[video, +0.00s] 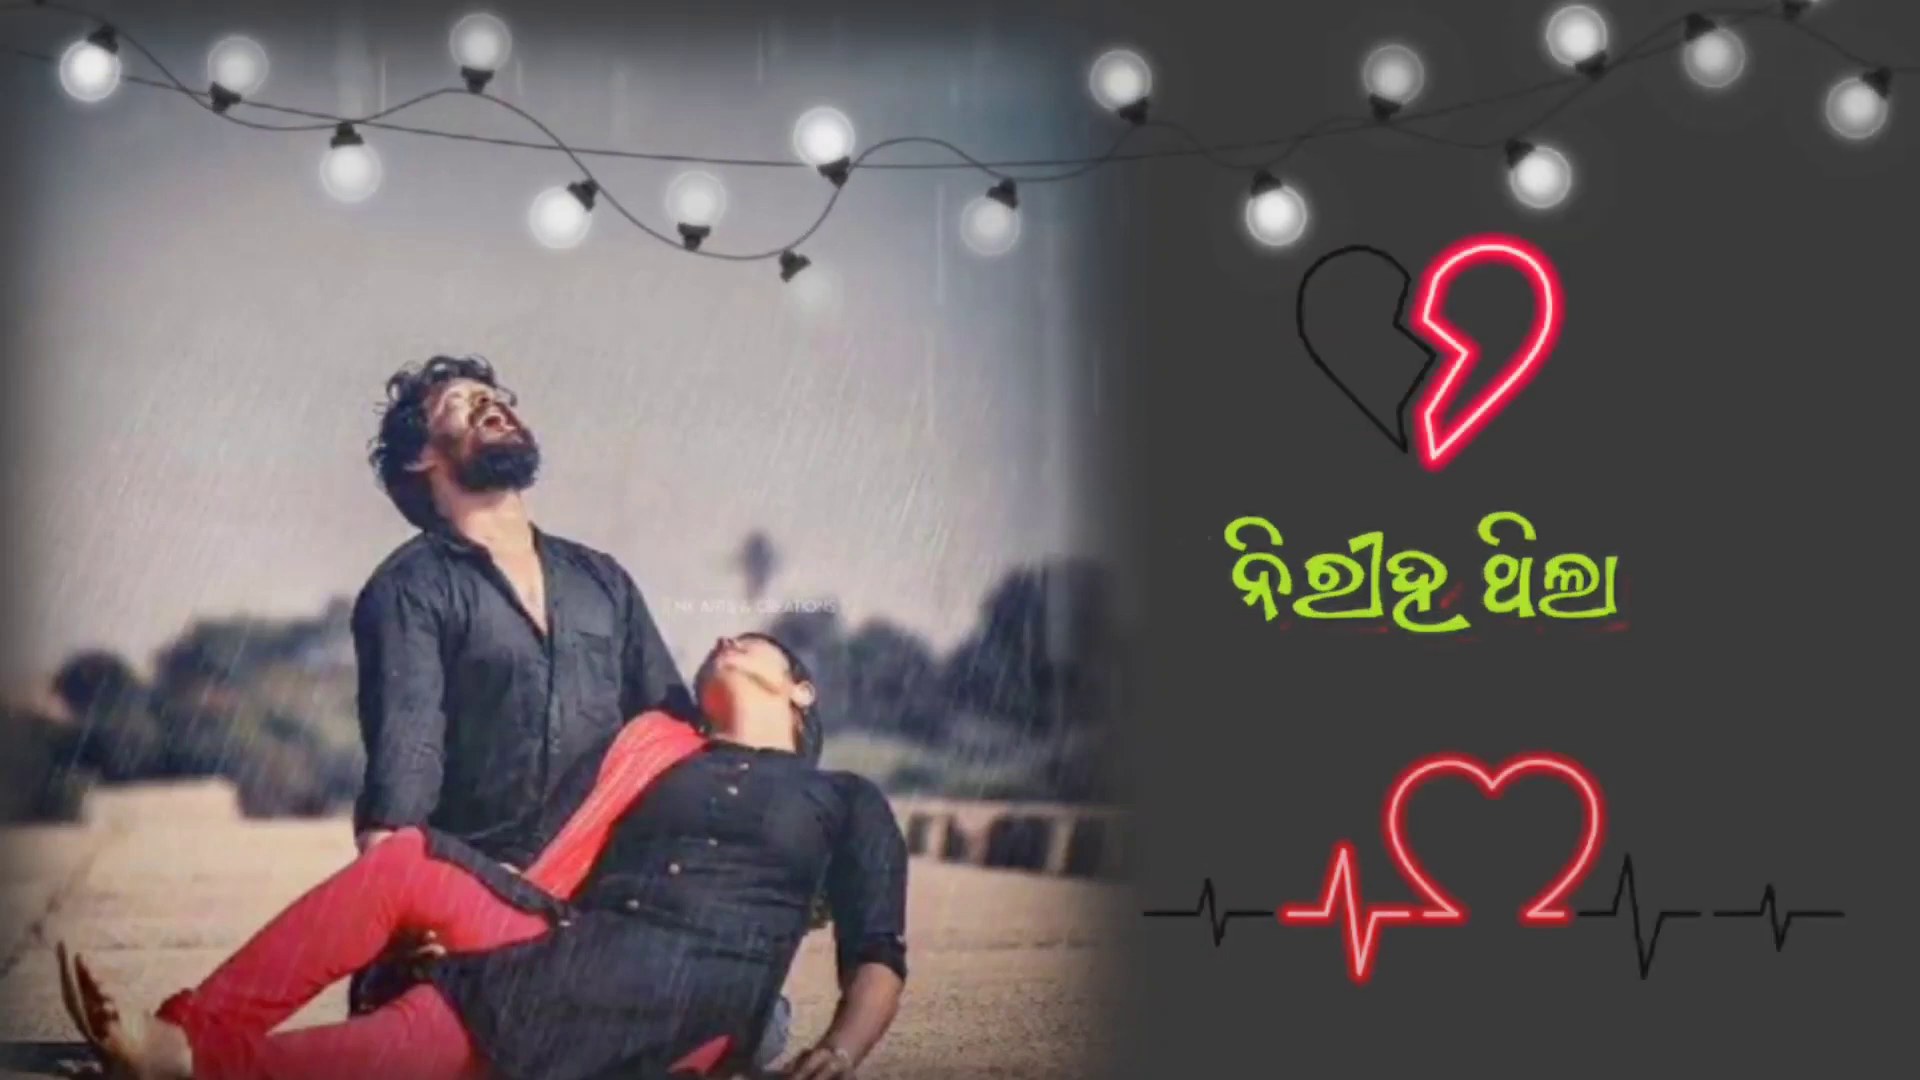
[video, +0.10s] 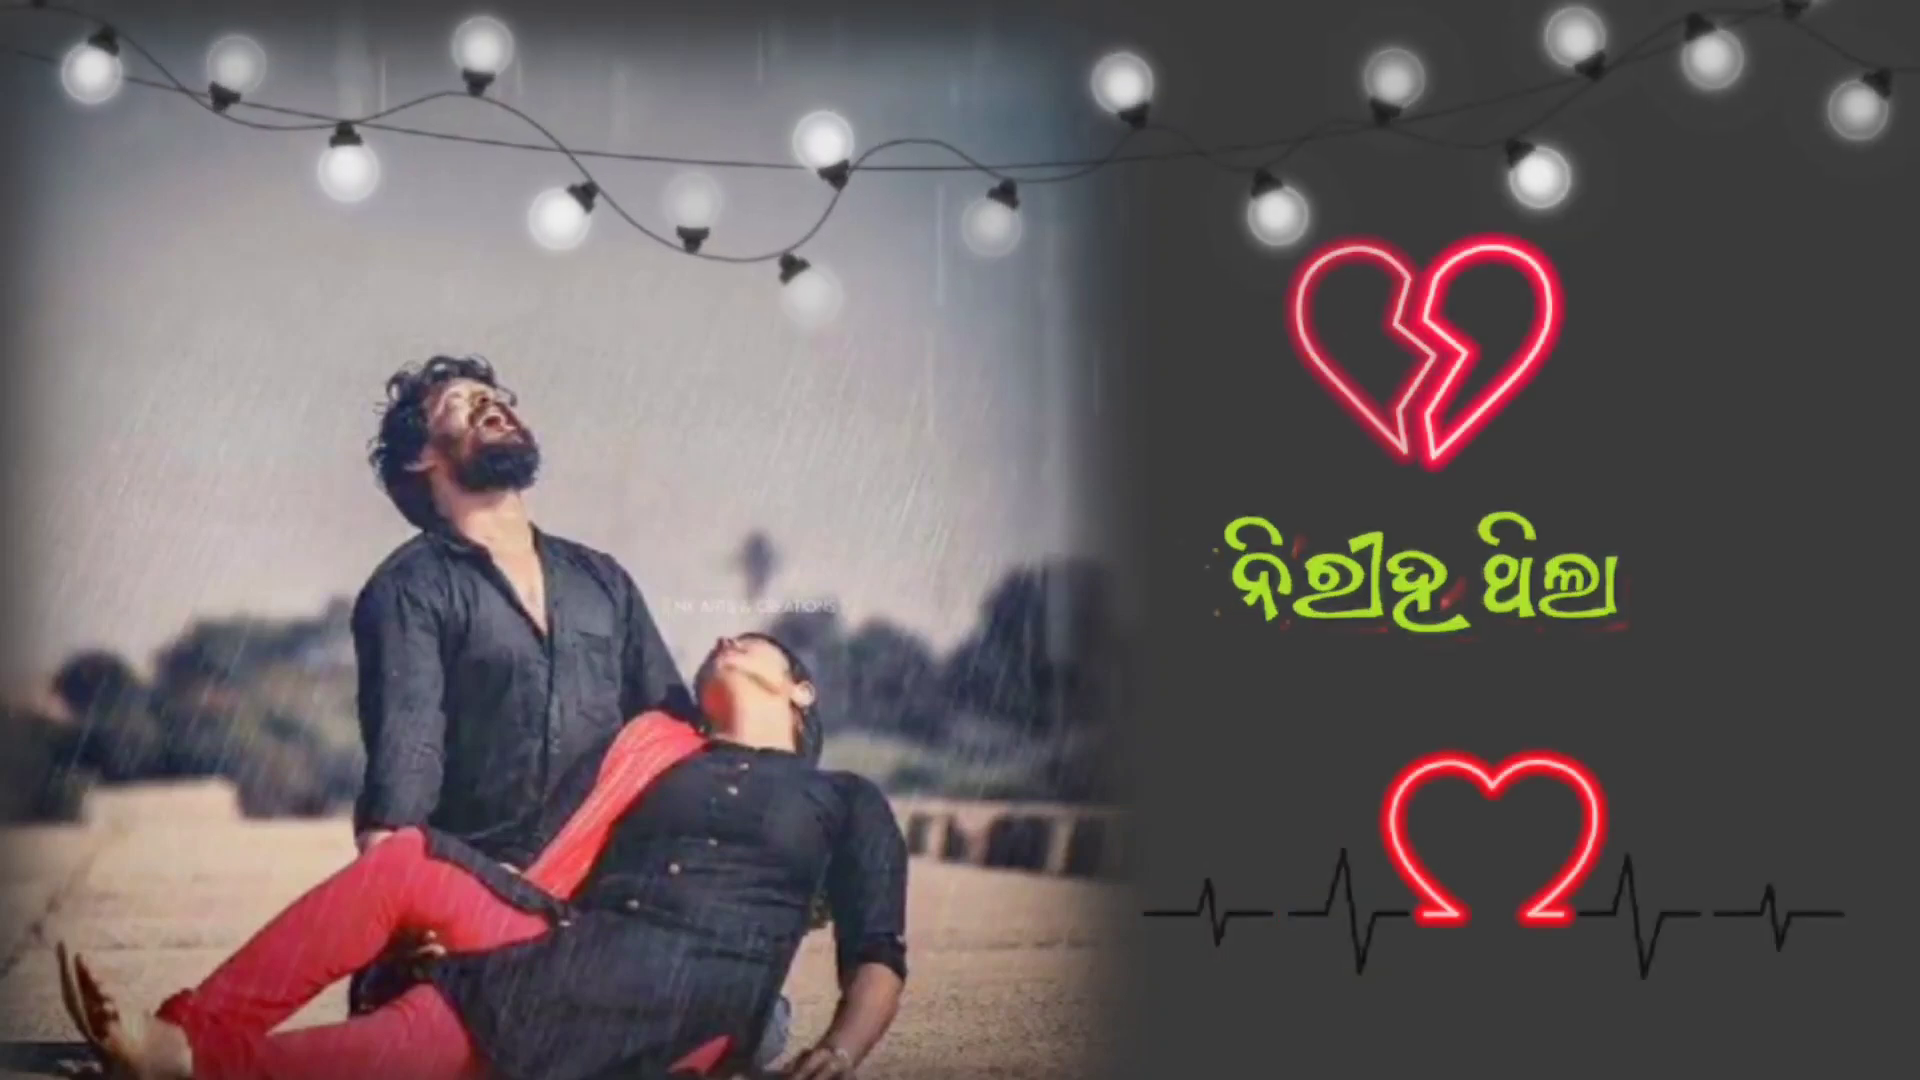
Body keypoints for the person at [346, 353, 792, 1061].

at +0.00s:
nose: (495, 409)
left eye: (501, 402)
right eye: (461, 406)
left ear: (525, 436)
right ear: (421, 463)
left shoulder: (603, 579)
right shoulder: (410, 587)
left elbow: (678, 729)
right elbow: (404, 748)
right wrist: (389, 895)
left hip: (617, 884)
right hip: (462, 890)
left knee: (762, 1020)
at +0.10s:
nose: (495, 409)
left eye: (501, 402)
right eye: (461, 406)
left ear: (525, 436)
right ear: (421, 463)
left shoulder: (603, 579)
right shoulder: (410, 587)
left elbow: (678, 729)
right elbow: (404, 748)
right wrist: (389, 895)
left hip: (617, 884)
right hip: (462, 890)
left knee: (762, 1020)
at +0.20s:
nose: (495, 409)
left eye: (501, 401)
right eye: (461, 406)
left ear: (525, 436)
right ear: (421, 463)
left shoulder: (603, 579)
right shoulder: (410, 587)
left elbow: (678, 729)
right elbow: (404, 748)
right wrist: (389, 895)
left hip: (617, 884)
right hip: (462, 890)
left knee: (762, 1020)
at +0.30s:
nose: (495, 409)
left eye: (500, 401)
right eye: (461, 406)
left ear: (525, 436)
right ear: (421, 462)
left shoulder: (603, 579)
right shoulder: (411, 587)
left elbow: (678, 729)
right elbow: (405, 745)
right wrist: (388, 892)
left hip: (616, 883)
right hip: (461, 889)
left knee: (762, 1020)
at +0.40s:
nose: (495, 409)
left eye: (501, 401)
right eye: (461, 406)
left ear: (525, 436)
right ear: (421, 462)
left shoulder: (603, 579)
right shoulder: (411, 587)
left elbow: (678, 729)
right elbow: (405, 745)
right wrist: (388, 893)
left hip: (616, 883)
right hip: (461, 889)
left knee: (762, 1020)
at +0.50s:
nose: (496, 409)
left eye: (501, 401)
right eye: (463, 406)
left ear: (525, 436)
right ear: (421, 462)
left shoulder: (603, 579)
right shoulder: (411, 587)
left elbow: (678, 729)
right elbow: (404, 748)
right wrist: (388, 895)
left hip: (615, 884)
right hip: (460, 889)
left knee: (762, 1020)